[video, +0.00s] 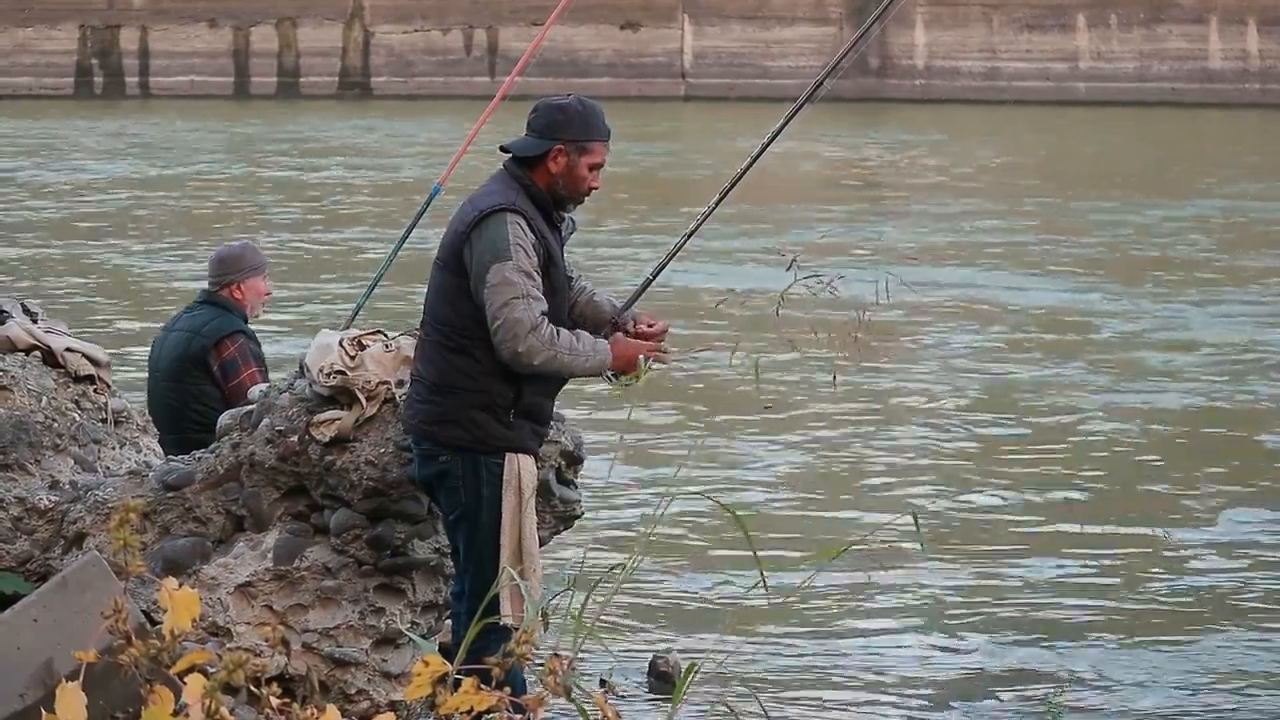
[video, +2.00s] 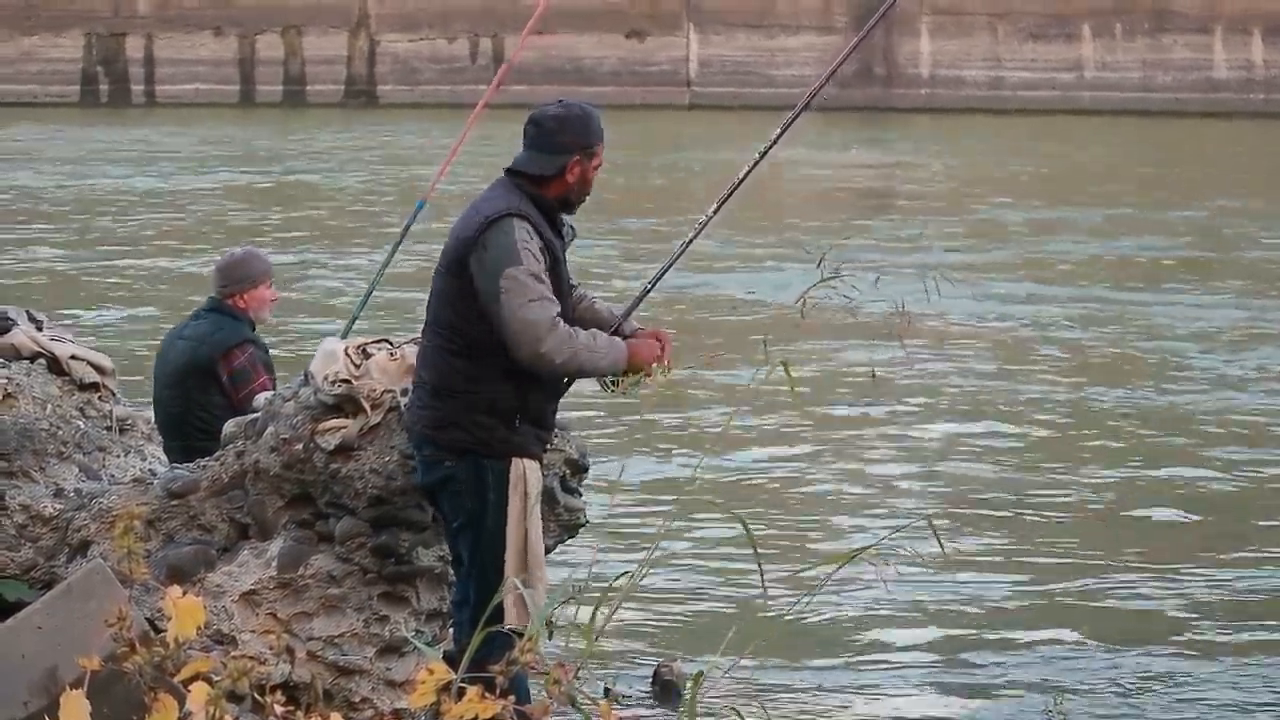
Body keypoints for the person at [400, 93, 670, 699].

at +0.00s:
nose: (598, 180)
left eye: (601, 167)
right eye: (593, 167)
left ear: (559, 159)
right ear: (555, 159)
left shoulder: (532, 216)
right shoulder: (504, 223)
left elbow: (561, 296)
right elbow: (522, 340)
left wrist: (618, 321)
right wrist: (609, 354)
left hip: (492, 433)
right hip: (468, 438)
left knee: (494, 592)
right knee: (489, 596)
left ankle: (487, 709)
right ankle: (488, 711)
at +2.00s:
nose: (598, 172)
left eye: (598, 161)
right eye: (595, 162)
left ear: (554, 161)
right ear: (571, 167)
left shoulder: (532, 220)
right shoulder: (508, 228)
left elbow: (564, 303)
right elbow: (539, 340)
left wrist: (626, 329)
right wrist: (623, 353)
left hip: (492, 437)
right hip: (469, 443)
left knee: (497, 587)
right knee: (489, 590)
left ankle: (488, 705)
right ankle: (487, 708)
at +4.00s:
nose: (592, 175)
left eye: (592, 163)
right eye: (589, 163)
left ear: (540, 162)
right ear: (572, 168)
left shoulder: (529, 222)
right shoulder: (511, 230)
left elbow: (561, 306)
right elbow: (545, 341)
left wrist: (626, 330)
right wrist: (624, 345)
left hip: (490, 440)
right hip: (472, 445)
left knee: (497, 591)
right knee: (493, 595)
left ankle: (490, 709)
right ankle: (489, 712)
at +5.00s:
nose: (595, 174)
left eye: (595, 162)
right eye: (593, 162)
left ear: (545, 163)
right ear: (572, 169)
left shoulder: (528, 223)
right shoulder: (510, 230)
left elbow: (565, 308)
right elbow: (544, 345)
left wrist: (631, 332)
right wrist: (625, 345)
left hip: (488, 445)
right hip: (475, 450)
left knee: (489, 603)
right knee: (497, 608)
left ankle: (482, 710)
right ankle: (498, 714)